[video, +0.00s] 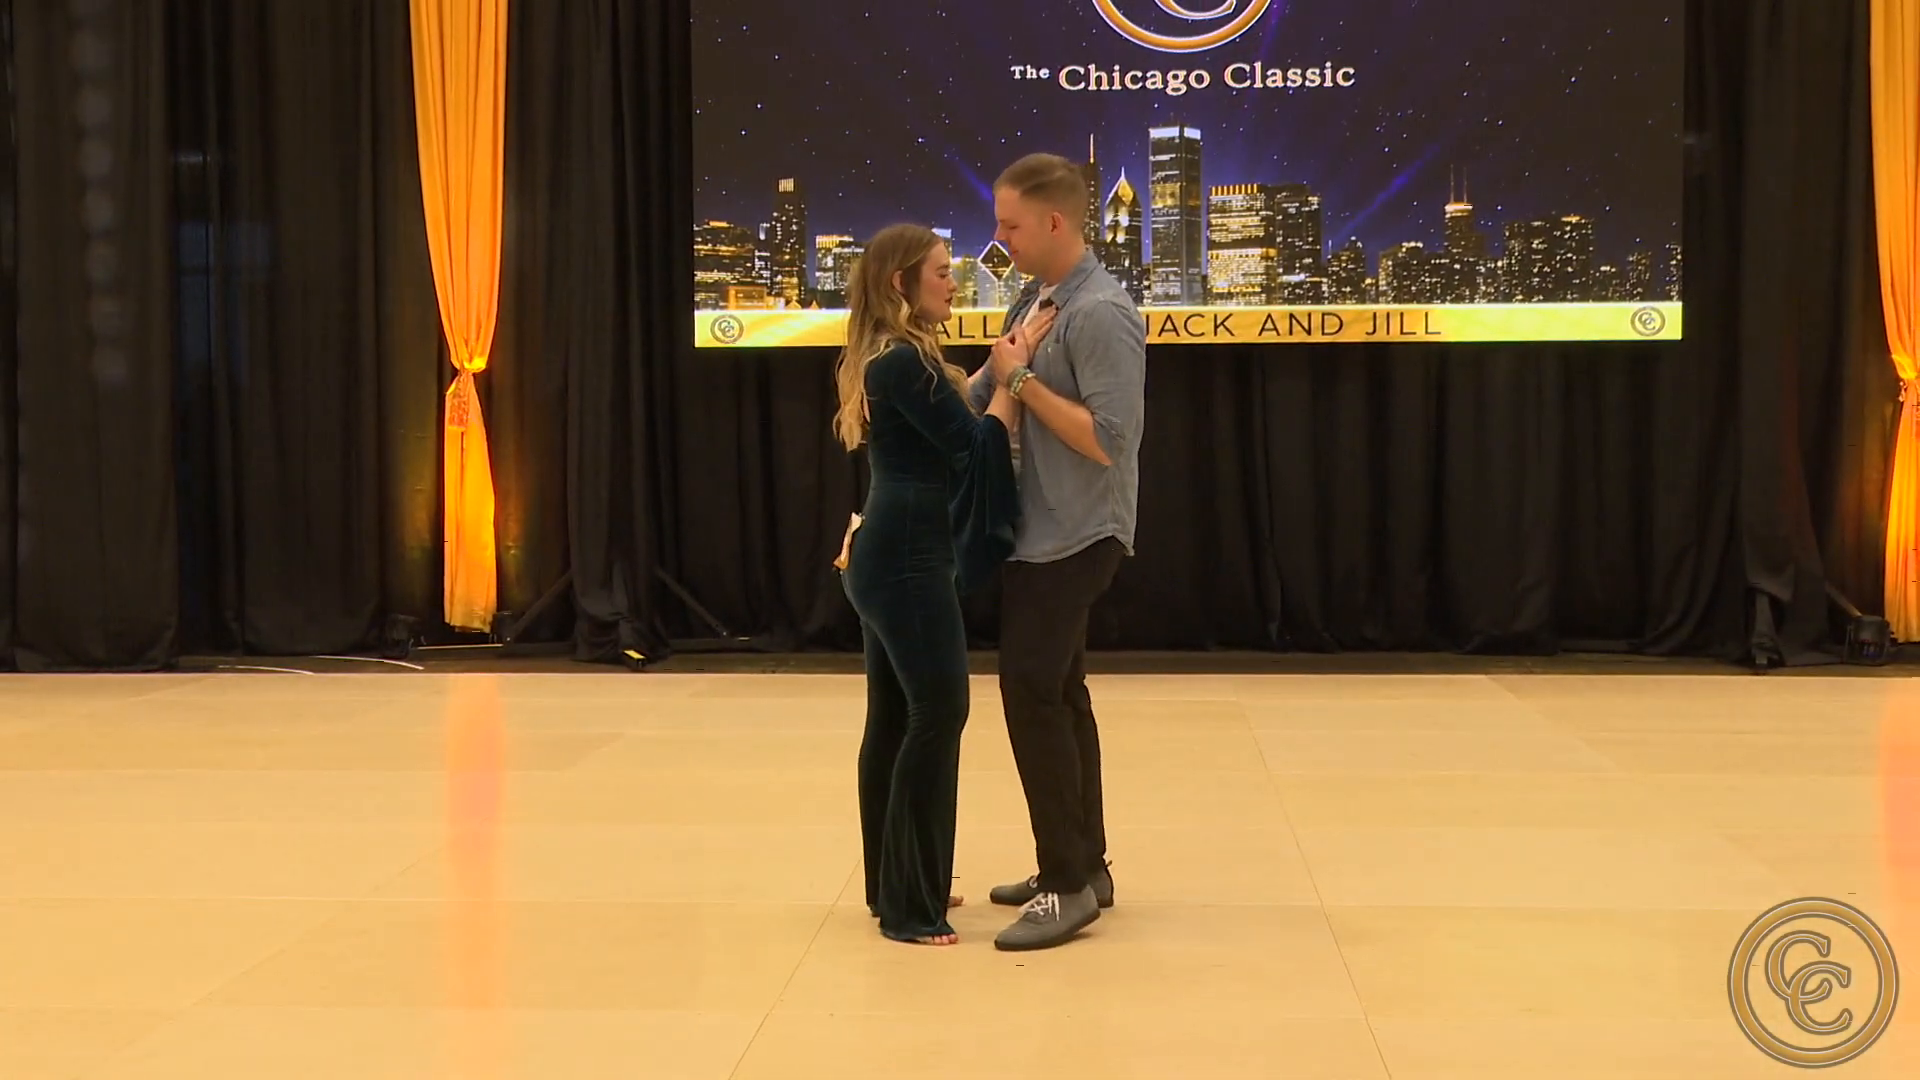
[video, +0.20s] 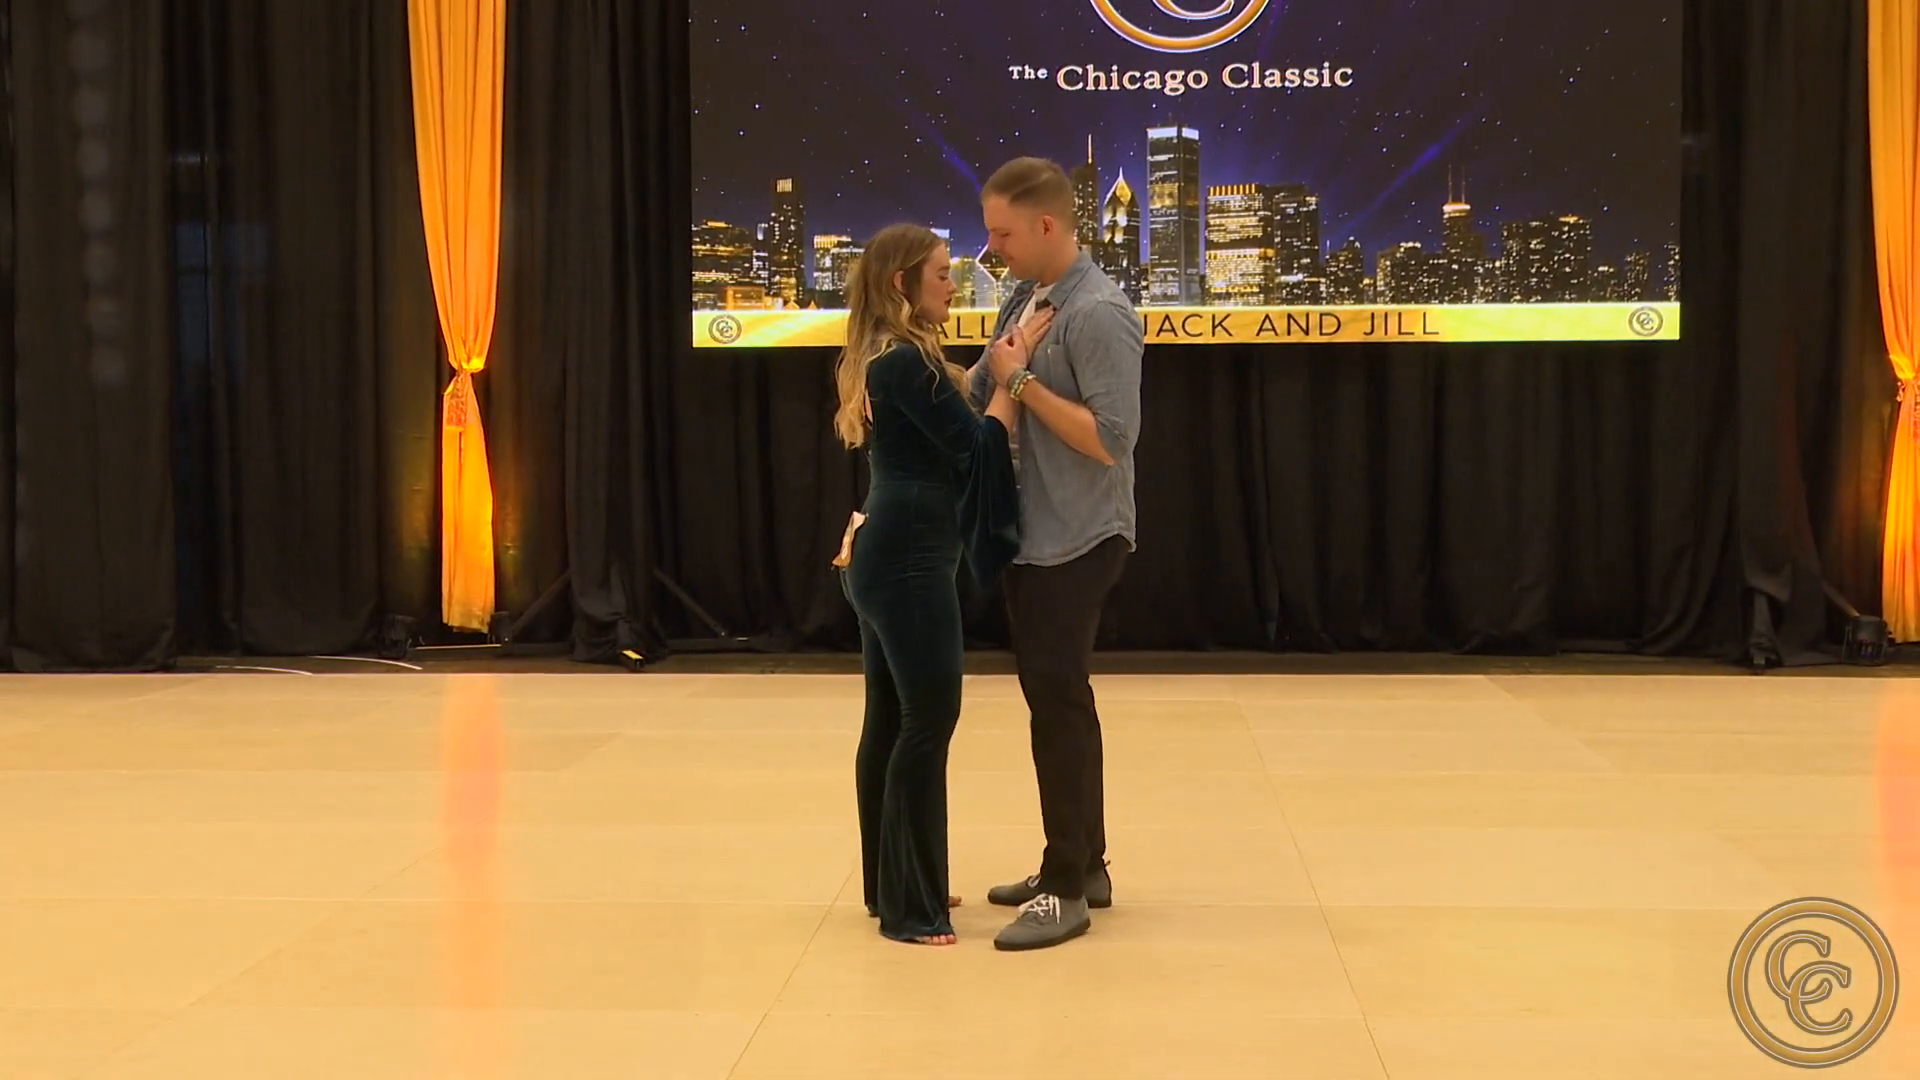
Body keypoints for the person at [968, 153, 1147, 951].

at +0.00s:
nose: (1003, 242)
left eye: (1011, 227)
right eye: (1001, 228)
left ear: (1058, 223)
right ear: (1047, 225)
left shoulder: (1102, 312)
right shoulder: (1038, 306)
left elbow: (1108, 444)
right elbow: (1001, 409)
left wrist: (1021, 379)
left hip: (1078, 535)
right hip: (1042, 530)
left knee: (1032, 692)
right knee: (1059, 695)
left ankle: (1073, 883)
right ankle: (1077, 866)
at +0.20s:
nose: (994, 249)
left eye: (1002, 234)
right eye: (991, 235)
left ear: (1049, 225)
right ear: (1037, 229)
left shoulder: (1099, 312)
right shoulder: (1028, 305)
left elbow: (1108, 443)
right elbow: (976, 401)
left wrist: (1021, 380)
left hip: (1080, 537)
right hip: (1037, 531)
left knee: (1060, 700)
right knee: (1052, 698)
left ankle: (1072, 889)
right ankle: (1074, 865)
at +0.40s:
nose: (993, 256)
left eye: (998, 241)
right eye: (988, 243)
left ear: (1044, 226)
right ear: (1033, 231)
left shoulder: (1098, 312)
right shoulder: (1027, 306)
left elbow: (1110, 445)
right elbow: (979, 404)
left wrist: (1021, 383)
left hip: (1081, 537)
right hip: (1037, 532)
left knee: (1063, 704)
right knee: (1050, 702)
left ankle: (1071, 887)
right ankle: (1074, 863)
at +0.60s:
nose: (993, 259)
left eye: (996, 243)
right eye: (988, 245)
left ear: (1041, 227)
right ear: (1038, 229)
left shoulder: (1100, 311)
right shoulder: (1041, 306)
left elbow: (1113, 445)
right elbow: (994, 403)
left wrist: (1022, 382)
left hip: (1085, 535)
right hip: (1050, 530)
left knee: (1060, 702)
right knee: (1055, 700)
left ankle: (1085, 895)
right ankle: (1071, 867)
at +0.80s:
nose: (996, 259)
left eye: (997, 242)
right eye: (991, 245)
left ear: (1035, 227)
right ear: (1039, 227)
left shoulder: (1100, 307)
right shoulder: (1059, 310)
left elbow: (1105, 437)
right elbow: (1039, 431)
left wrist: (1022, 380)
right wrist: (1015, 392)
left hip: (1085, 542)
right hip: (1053, 540)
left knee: (1065, 712)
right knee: (1049, 707)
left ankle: (1097, 913)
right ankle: (1073, 871)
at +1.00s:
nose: (999, 255)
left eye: (1000, 238)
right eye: (994, 241)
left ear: (1036, 221)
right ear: (1043, 219)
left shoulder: (1099, 297)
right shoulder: (1073, 300)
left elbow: (1105, 420)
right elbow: (1051, 422)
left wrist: (1026, 371)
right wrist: (1025, 375)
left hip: (1093, 540)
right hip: (1065, 538)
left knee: (1085, 727)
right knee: (1064, 720)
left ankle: (1099, 920)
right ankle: (1065, 878)